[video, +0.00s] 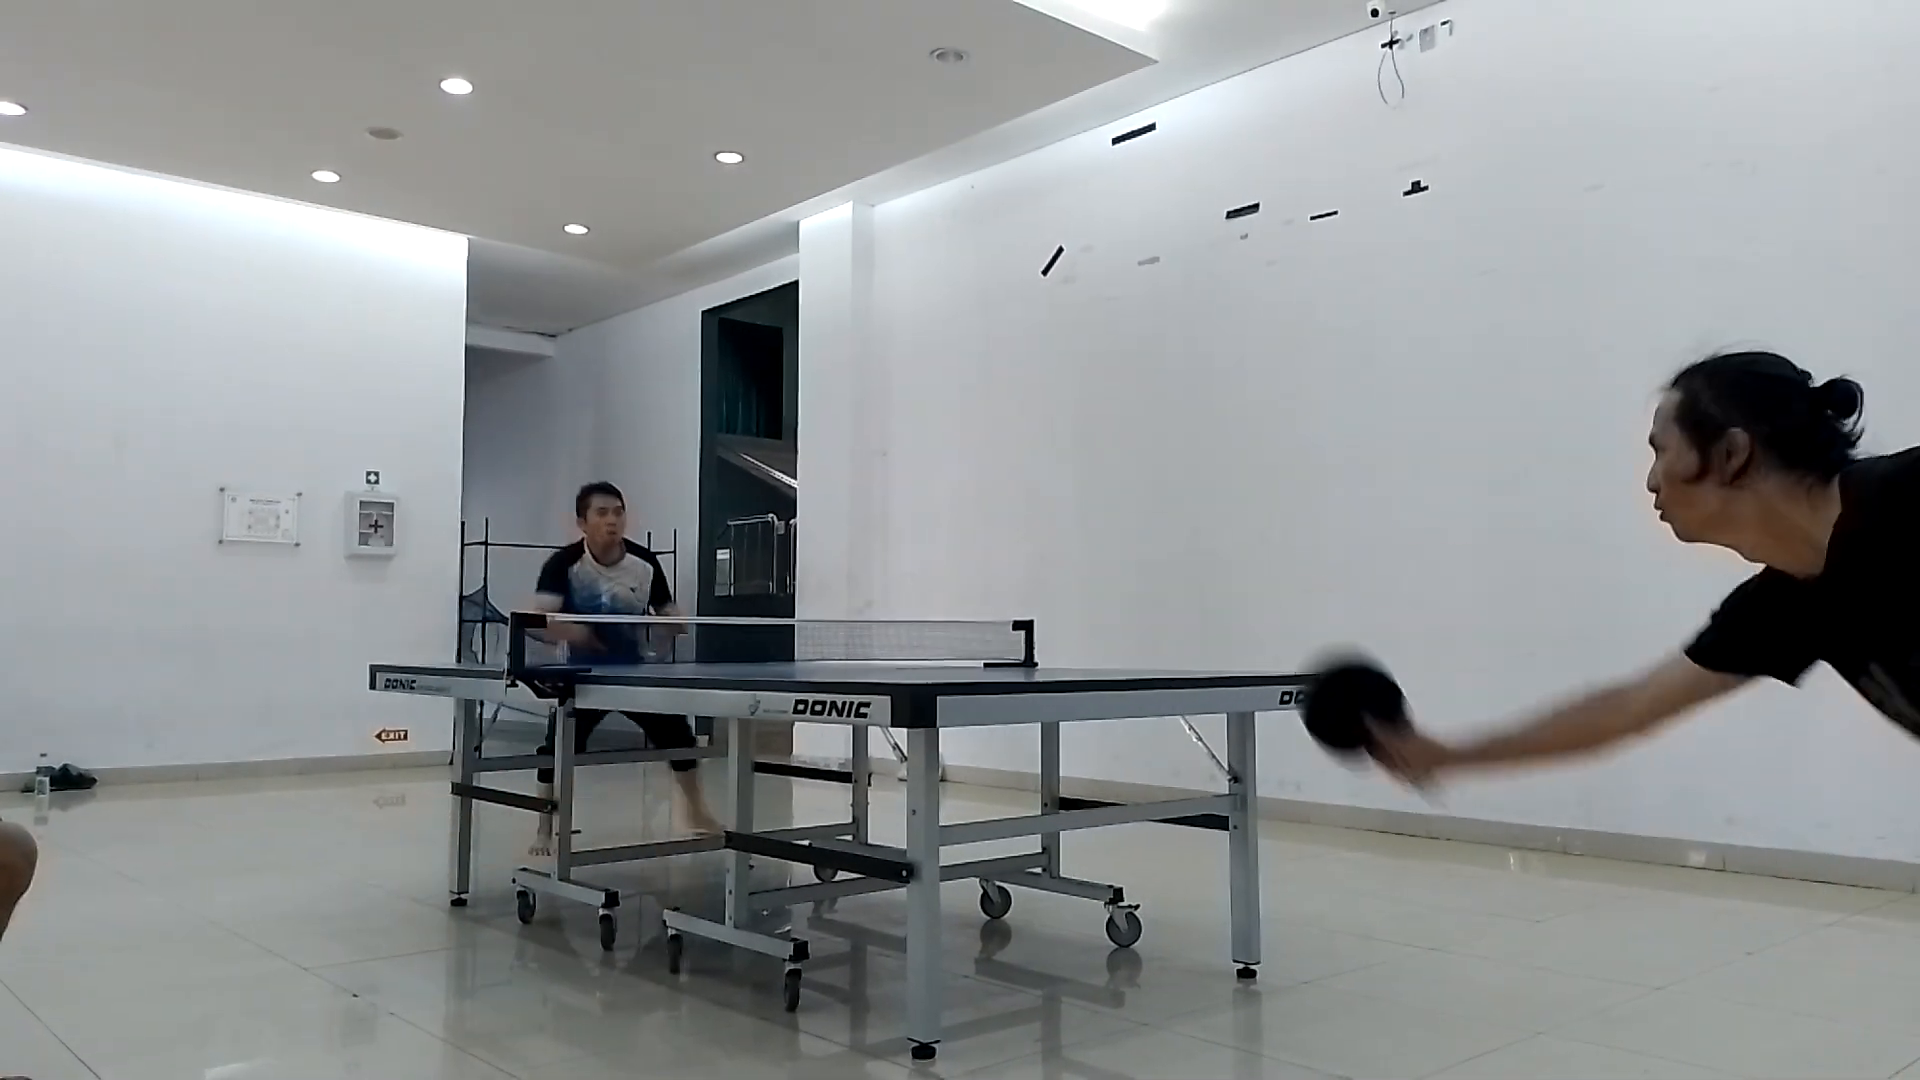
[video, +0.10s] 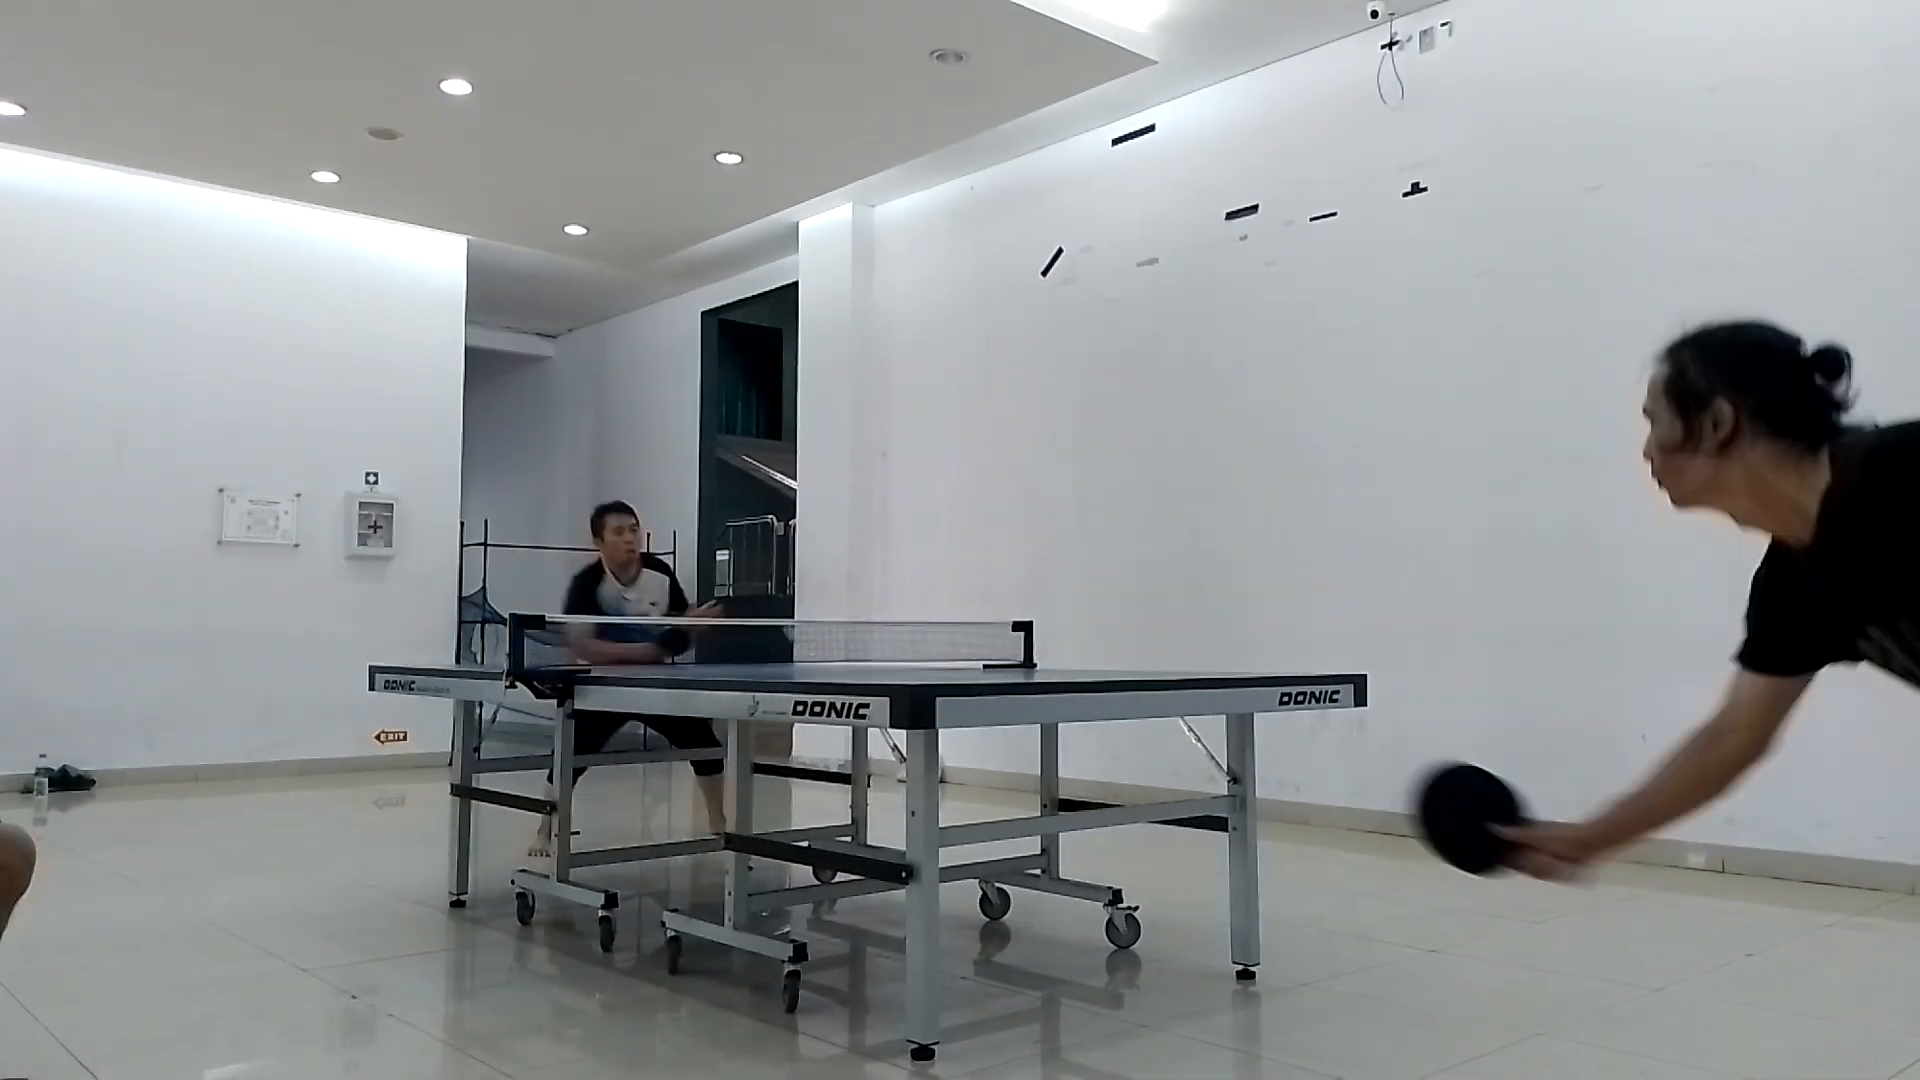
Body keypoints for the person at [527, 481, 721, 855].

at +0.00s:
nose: (612, 520)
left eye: (617, 512)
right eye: (602, 513)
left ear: (625, 517)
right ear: (582, 523)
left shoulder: (645, 563)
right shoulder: (562, 564)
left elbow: (667, 622)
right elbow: (544, 625)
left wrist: (667, 629)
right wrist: (574, 633)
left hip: (636, 675)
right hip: (584, 677)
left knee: (676, 730)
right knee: (556, 746)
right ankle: (545, 833)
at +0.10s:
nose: (630, 539)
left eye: (634, 530)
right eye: (619, 532)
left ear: (641, 535)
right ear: (600, 542)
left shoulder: (661, 575)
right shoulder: (586, 583)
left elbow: (680, 636)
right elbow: (579, 646)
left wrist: (696, 622)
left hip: (658, 690)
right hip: (603, 692)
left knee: (707, 748)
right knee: (570, 760)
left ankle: (718, 826)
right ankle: (545, 834)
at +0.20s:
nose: (654, 546)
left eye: (655, 537)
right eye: (641, 541)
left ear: (661, 540)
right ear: (622, 554)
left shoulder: (676, 574)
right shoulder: (616, 593)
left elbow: (707, 605)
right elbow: (643, 641)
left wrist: (731, 587)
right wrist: (705, 624)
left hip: (669, 693)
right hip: (620, 695)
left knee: (713, 748)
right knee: (595, 758)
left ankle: (720, 825)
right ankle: (548, 831)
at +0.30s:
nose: (674, 550)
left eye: (674, 541)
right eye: (662, 546)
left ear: (681, 542)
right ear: (643, 559)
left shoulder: (686, 569)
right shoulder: (639, 598)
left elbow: (732, 585)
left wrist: (752, 563)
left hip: (667, 691)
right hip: (625, 695)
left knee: (713, 741)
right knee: (600, 758)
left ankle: (719, 822)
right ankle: (548, 831)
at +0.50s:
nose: (687, 550)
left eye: (691, 541)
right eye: (676, 543)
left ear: (698, 544)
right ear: (657, 550)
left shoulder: (710, 576)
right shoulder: (646, 585)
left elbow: (746, 583)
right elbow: (683, 623)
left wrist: (772, 579)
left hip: (673, 685)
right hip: (626, 686)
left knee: (716, 741)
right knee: (595, 748)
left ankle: (720, 821)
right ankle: (548, 819)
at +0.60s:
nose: (678, 546)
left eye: (684, 537)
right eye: (668, 539)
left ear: (692, 541)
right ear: (651, 546)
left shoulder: (697, 578)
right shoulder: (637, 581)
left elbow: (723, 615)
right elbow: (652, 636)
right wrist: (695, 623)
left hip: (672, 690)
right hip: (625, 690)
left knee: (716, 748)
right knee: (593, 753)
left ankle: (720, 822)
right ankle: (542, 820)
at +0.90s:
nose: (680, 523)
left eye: (686, 515)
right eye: (670, 518)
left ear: (697, 523)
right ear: (656, 529)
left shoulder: (722, 566)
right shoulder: (642, 570)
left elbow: (757, 601)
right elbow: (619, 627)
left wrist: (738, 610)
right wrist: (633, 630)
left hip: (705, 681)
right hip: (654, 680)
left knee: (728, 752)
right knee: (608, 745)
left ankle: (720, 823)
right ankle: (560, 818)